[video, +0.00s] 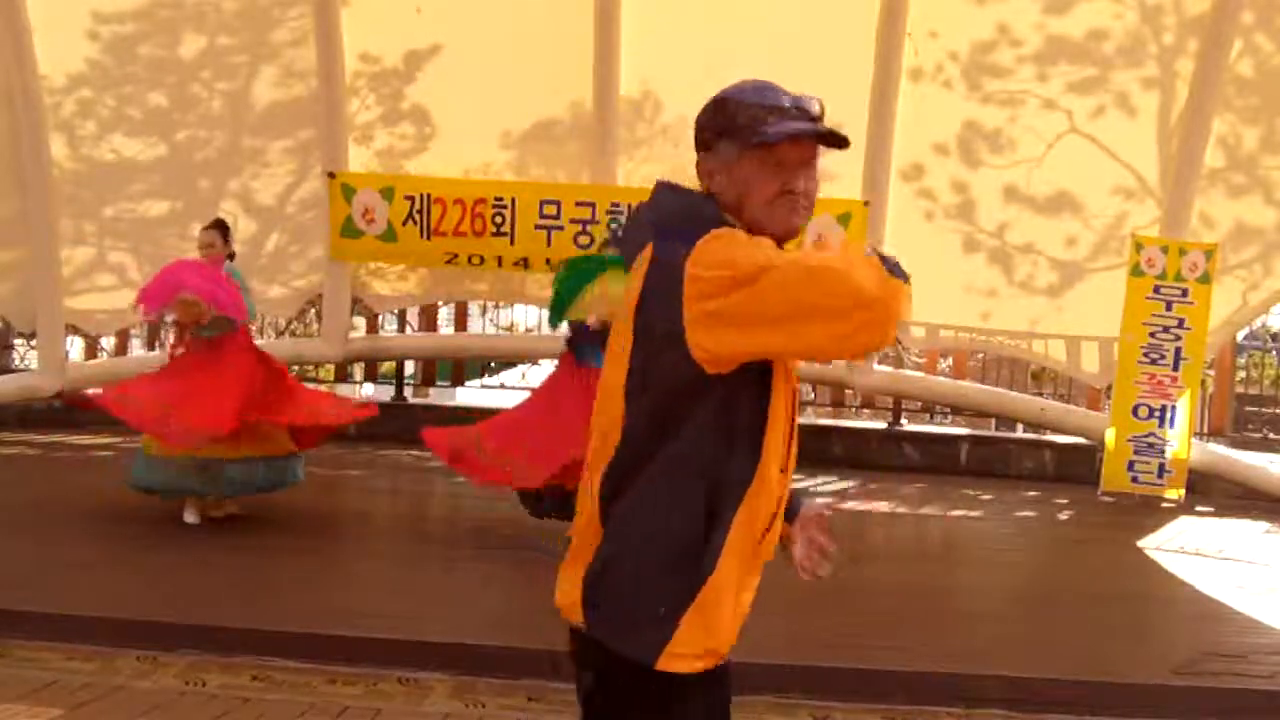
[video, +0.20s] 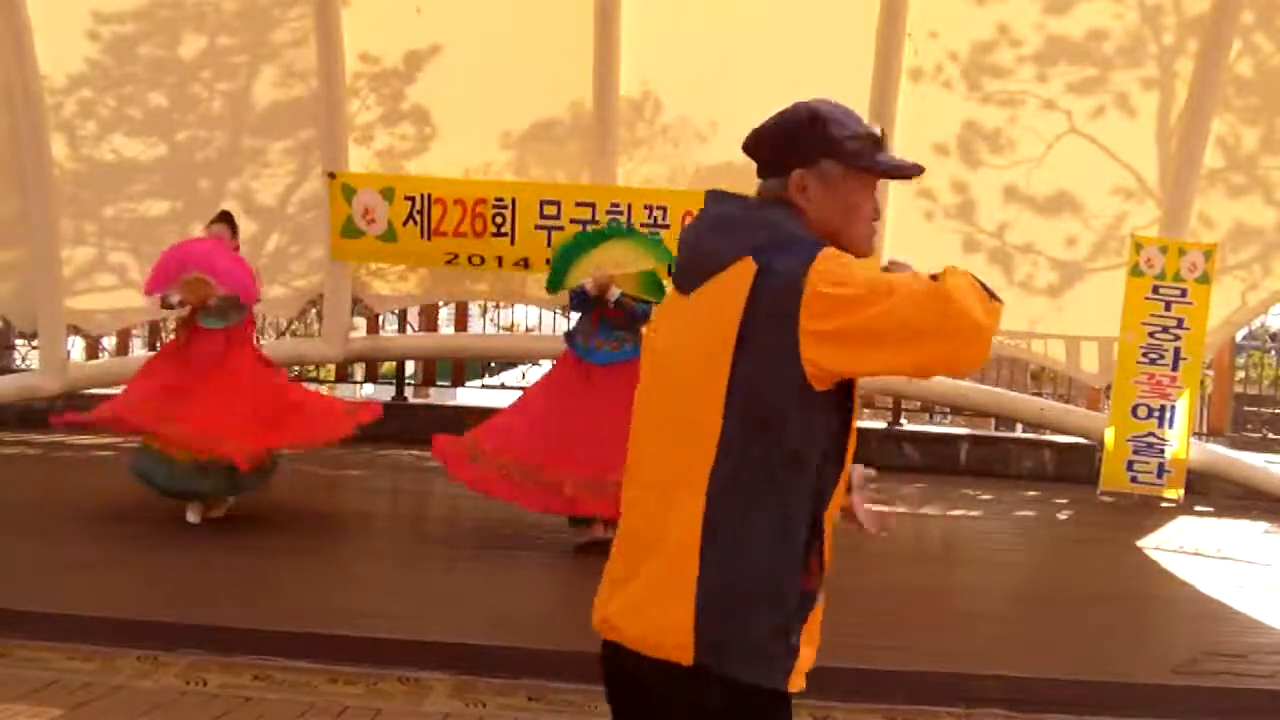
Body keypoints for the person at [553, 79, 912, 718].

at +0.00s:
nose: (801, 183)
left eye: (809, 165)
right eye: (776, 163)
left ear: (820, 170)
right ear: (711, 170)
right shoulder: (703, 259)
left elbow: (700, 430)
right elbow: (868, 309)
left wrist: (784, 513)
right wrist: (831, 249)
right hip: (656, 631)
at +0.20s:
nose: (880, 203)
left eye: (878, 186)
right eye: (865, 184)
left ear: (798, 186)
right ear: (803, 186)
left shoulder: (705, 262)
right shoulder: (803, 277)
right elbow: (958, 327)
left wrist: (830, 485)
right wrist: (924, 285)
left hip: (642, 632)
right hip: (719, 649)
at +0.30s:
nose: (895, 214)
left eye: (895, 195)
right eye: (888, 194)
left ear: (831, 192)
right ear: (842, 195)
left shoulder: (708, 280)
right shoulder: (839, 279)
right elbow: (984, 321)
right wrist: (937, 283)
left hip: (660, 638)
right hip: (754, 652)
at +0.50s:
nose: (967, 206)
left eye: (968, 187)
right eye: (967, 187)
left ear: (866, 177)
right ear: (942, 189)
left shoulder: (771, 274)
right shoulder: (929, 272)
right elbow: (1068, 303)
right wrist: (993, 254)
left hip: (718, 620)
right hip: (833, 633)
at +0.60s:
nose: (982, 217)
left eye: (982, 201)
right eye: (981, 201)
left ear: (886, 196)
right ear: (969, 206)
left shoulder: (799, 298)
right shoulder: (976, 294)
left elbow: (743, 440)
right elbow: (1099, 348)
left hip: (768, 636)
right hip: (888, 643)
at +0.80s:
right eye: (1003, 195)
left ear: (905, 188)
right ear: (999, 199)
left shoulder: (826, 282)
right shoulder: (1025, 289)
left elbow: (717, 410)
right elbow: (1078, 296)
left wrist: (731, 464)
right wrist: (1080, 266)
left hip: (814, 611)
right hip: (937, 622)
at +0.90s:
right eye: (988, 194)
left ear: (899, 190)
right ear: (991, 199)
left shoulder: (827, 283)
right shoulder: (1021, 289)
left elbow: (714, 411)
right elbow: (1048, 285)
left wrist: (720, 457)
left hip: (834, 621)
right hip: (956, 626)